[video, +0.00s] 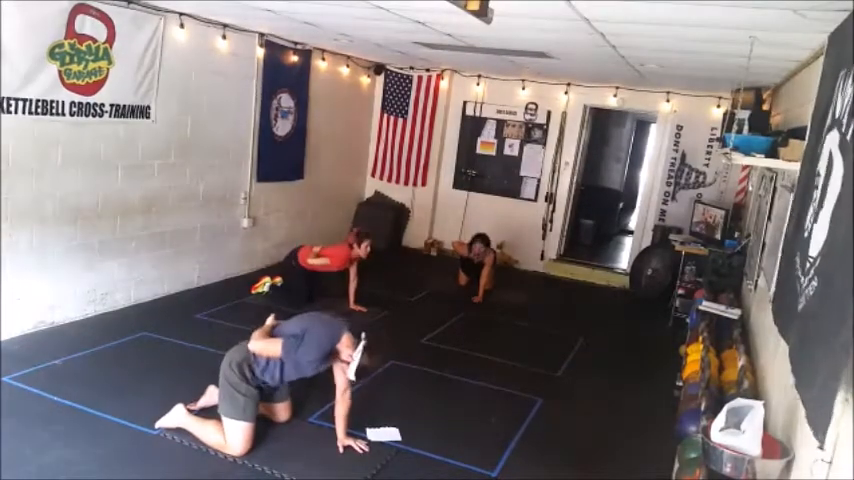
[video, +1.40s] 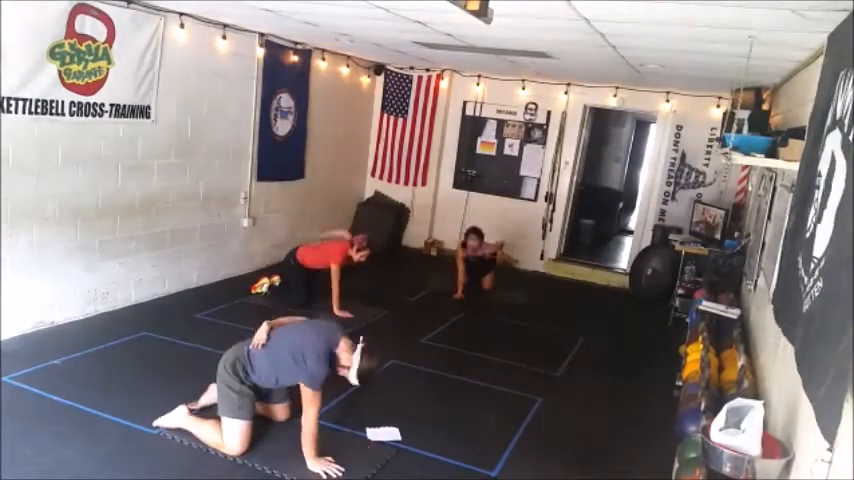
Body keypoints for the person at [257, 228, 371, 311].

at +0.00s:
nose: (369, 250)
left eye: (369, 247)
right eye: (366, 246)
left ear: (361, 247)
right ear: (357, 246)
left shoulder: (352, 257)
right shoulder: (342, 256)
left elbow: (353, 280)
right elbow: (310, 262)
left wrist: (351, 303)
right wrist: (315, 252)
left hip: (303, 254)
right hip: (296, 261)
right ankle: (270, 286)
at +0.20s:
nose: (366, 258)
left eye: (367, 255)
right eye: (364, 254)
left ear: (358, 250)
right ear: (355, 251)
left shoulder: (351, 254)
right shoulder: (339, 257)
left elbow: (352, 279)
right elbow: (305, 258)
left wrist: (351, 303)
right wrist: (312, 247)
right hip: (294, 262)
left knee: (310, 293)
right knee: (301, 297)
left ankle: (277, 284)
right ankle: (270, 288)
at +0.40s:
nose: (351, 266)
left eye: (354, 265)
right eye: (352, 264)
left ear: (358, 253)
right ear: (355, 256)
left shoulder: (350, 245)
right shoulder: (335, 253)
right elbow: (304, 250)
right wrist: (310, 239)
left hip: (313, 261)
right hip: (299, 261)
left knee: (312, 295)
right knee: (300, 298)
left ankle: (279, 285)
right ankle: (268, 290)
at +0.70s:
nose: (362, 263)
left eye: (364, 261)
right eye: (363, 260)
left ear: (361, 253)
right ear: (359, 254)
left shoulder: (351, 253)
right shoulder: (339, 256)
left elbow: (352, 278)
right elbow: (305, 255)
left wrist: (351, 303)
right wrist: (309, 245)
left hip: (304, 262)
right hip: (295, 262)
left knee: (308, 298)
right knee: (300, 301)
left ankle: (276, 283)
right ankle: (268, 290)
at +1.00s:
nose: (368, 250)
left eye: (370, 248)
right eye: (366, 247)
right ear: (357, 245)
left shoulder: (353, 255)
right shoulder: (341, 257)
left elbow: (353, 278)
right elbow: (309, 262)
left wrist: (351, 300)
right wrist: (315, 252)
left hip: (306, 258)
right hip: (295, 261)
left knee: (312, 296)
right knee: (300, 299)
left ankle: (280, 283)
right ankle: (270, 288)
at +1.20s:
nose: (366, 255)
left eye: (368, 252)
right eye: (365, 251)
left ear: (359, 247)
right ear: (356, 245)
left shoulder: (352, 254)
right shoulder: (341, 252)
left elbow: (353, 277)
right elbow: (312, 262)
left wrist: (352, 303)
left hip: (304, 260)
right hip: (294, 261)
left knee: (308, 295)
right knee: (301, 300)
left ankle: (280, 283)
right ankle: (271, 287)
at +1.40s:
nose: (363, 259)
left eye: (365, 257)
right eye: (362, 255)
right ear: (354, 249)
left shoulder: (348, 244)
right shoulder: (338, 253)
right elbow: (335, 283)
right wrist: (336, 309)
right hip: (294, 262)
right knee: (300, 299)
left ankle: (280, 283)